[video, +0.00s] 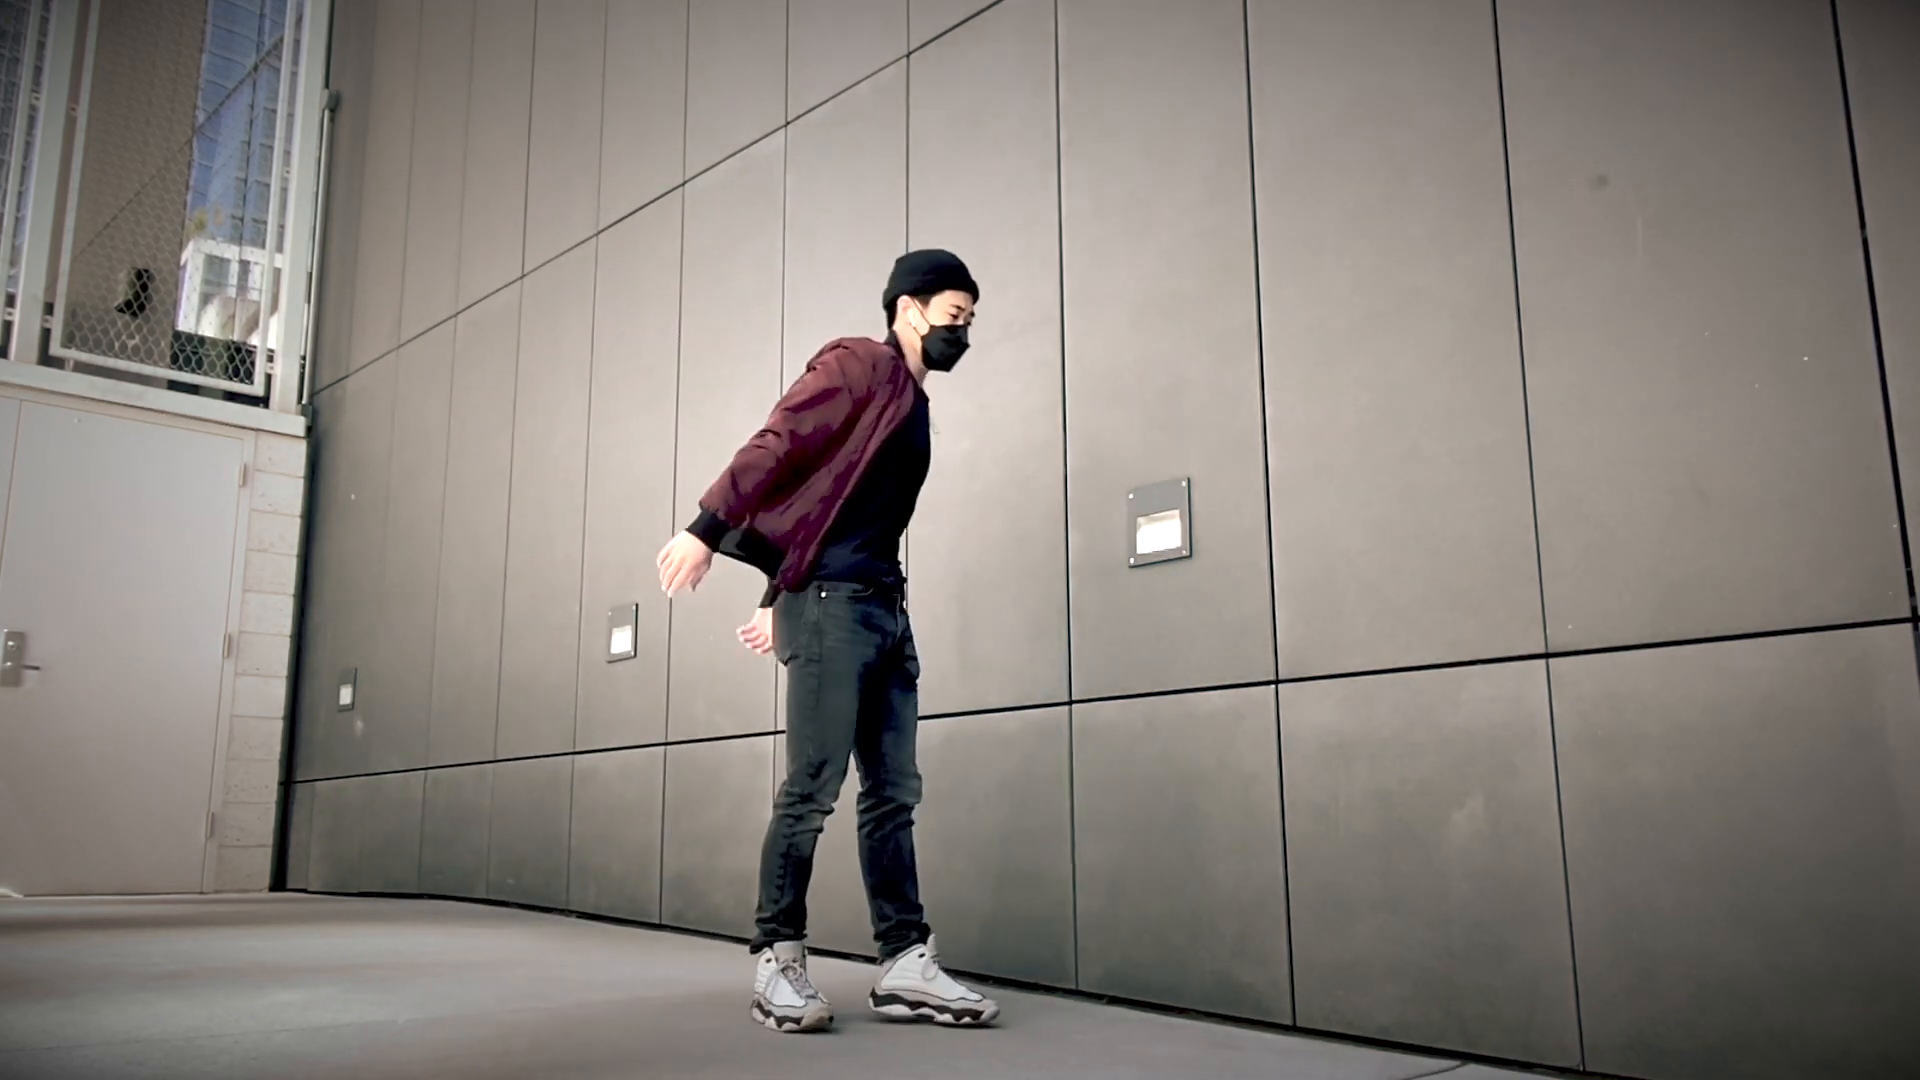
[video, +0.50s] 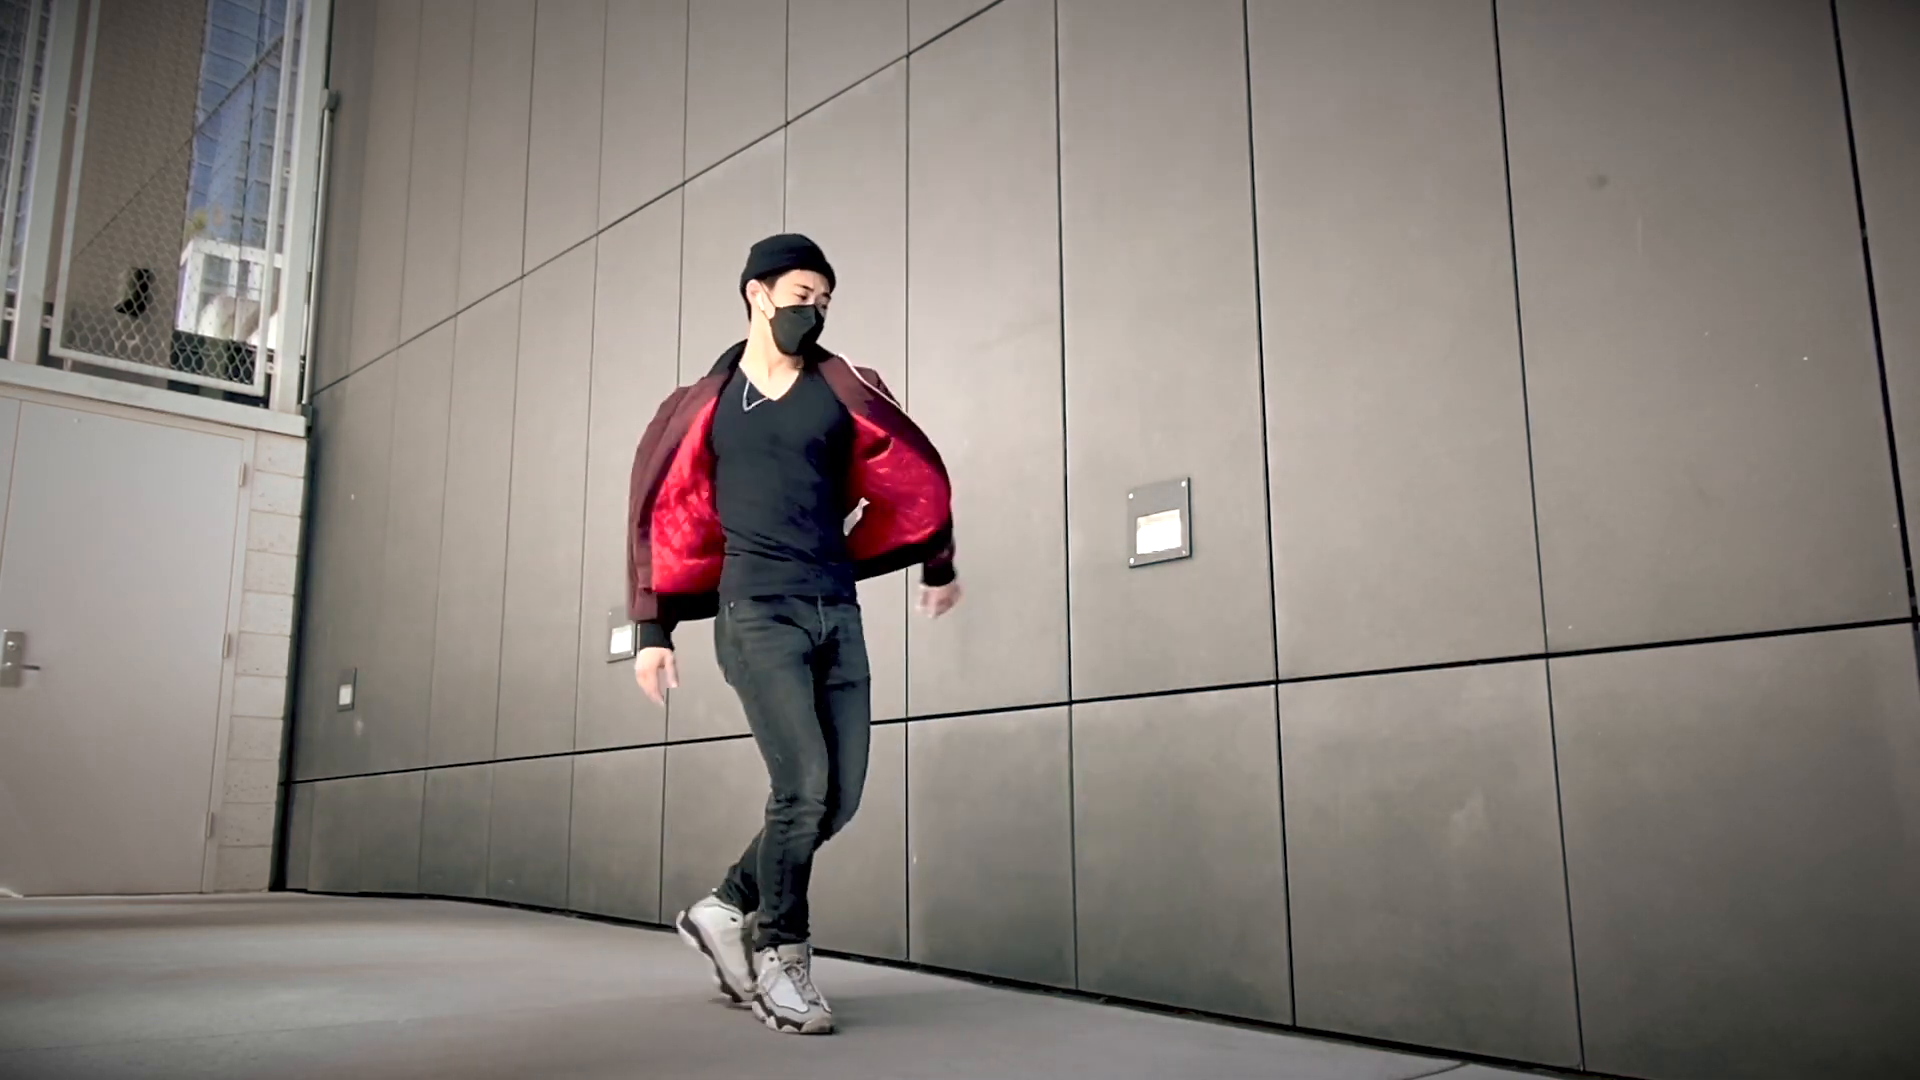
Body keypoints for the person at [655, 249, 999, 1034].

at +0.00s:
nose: (964, 329)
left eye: (970, 318)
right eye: (955, 313)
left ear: (937, 320)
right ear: (907, 307)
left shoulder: (907, 397)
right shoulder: (857, 363)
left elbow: (847, 505)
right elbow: (778, 441)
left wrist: (784, 597)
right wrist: (703, 529)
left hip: (883, 610)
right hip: (828, 605)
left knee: (892, 792)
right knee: (812, 786)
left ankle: (904, 963)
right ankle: (778, 959)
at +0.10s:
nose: (927, 318)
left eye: (933, 308)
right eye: (917, 302)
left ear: (918, 313)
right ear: (871, 295)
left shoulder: (893, 392)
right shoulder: (816, 363)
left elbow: (842, 501)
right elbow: (752, 459)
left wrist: (779, 582)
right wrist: (699, 562)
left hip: (876, 604)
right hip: (814, 604)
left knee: (892, 785)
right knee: (810, 786)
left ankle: (906, 952)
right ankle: (779, 963)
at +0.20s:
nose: (896, 310)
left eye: (902, 300)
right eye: (886, 295)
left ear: (890, 304)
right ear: (839, 287)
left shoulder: (884, 389)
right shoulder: (775, 367)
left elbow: (876, 496)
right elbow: (727, 476)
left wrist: (878, 587)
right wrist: (701, 588)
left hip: (873, 603)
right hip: (797, 603)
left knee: (886, 783)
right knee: (806, 783)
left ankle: (880, 950)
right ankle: (777, 961)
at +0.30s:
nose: (867, 302)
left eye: (874, 293)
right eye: (855, 287)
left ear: (870, 303)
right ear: (807, 284)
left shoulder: (879, 386)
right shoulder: (742, 379)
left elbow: (893, 492)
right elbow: (705, 496)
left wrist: (879, 578)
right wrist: (696, 606)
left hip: (863, 605)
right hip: (782, 607)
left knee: (863, 786)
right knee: (802, 783)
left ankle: (840, 940)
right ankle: (776, 961)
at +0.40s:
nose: (838, 301)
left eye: (847, 292)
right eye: (824, 287)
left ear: (851, 302)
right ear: (779, 288)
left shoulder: (864, 385)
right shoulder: (722, 390)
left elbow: (894, 494)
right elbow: (684, 506)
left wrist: (875, 589)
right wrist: (682, 621)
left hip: (855, 610)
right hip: (772, 610)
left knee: (841, 793)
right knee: (805, 787)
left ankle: (775, 935)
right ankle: (780, 957)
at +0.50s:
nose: (812, 306)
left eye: (821, 299)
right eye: (799, 293)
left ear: (826, 308)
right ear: (755, 294)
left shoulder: (845, 391)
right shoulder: (703, 405)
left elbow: (912, 472)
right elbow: (659, 516)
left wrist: (940, 565)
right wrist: (651, 633)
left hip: (837, 614)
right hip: (757, 617)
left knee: (837, 799)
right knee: (802, 788)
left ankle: (724, 908)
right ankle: (783, 960)